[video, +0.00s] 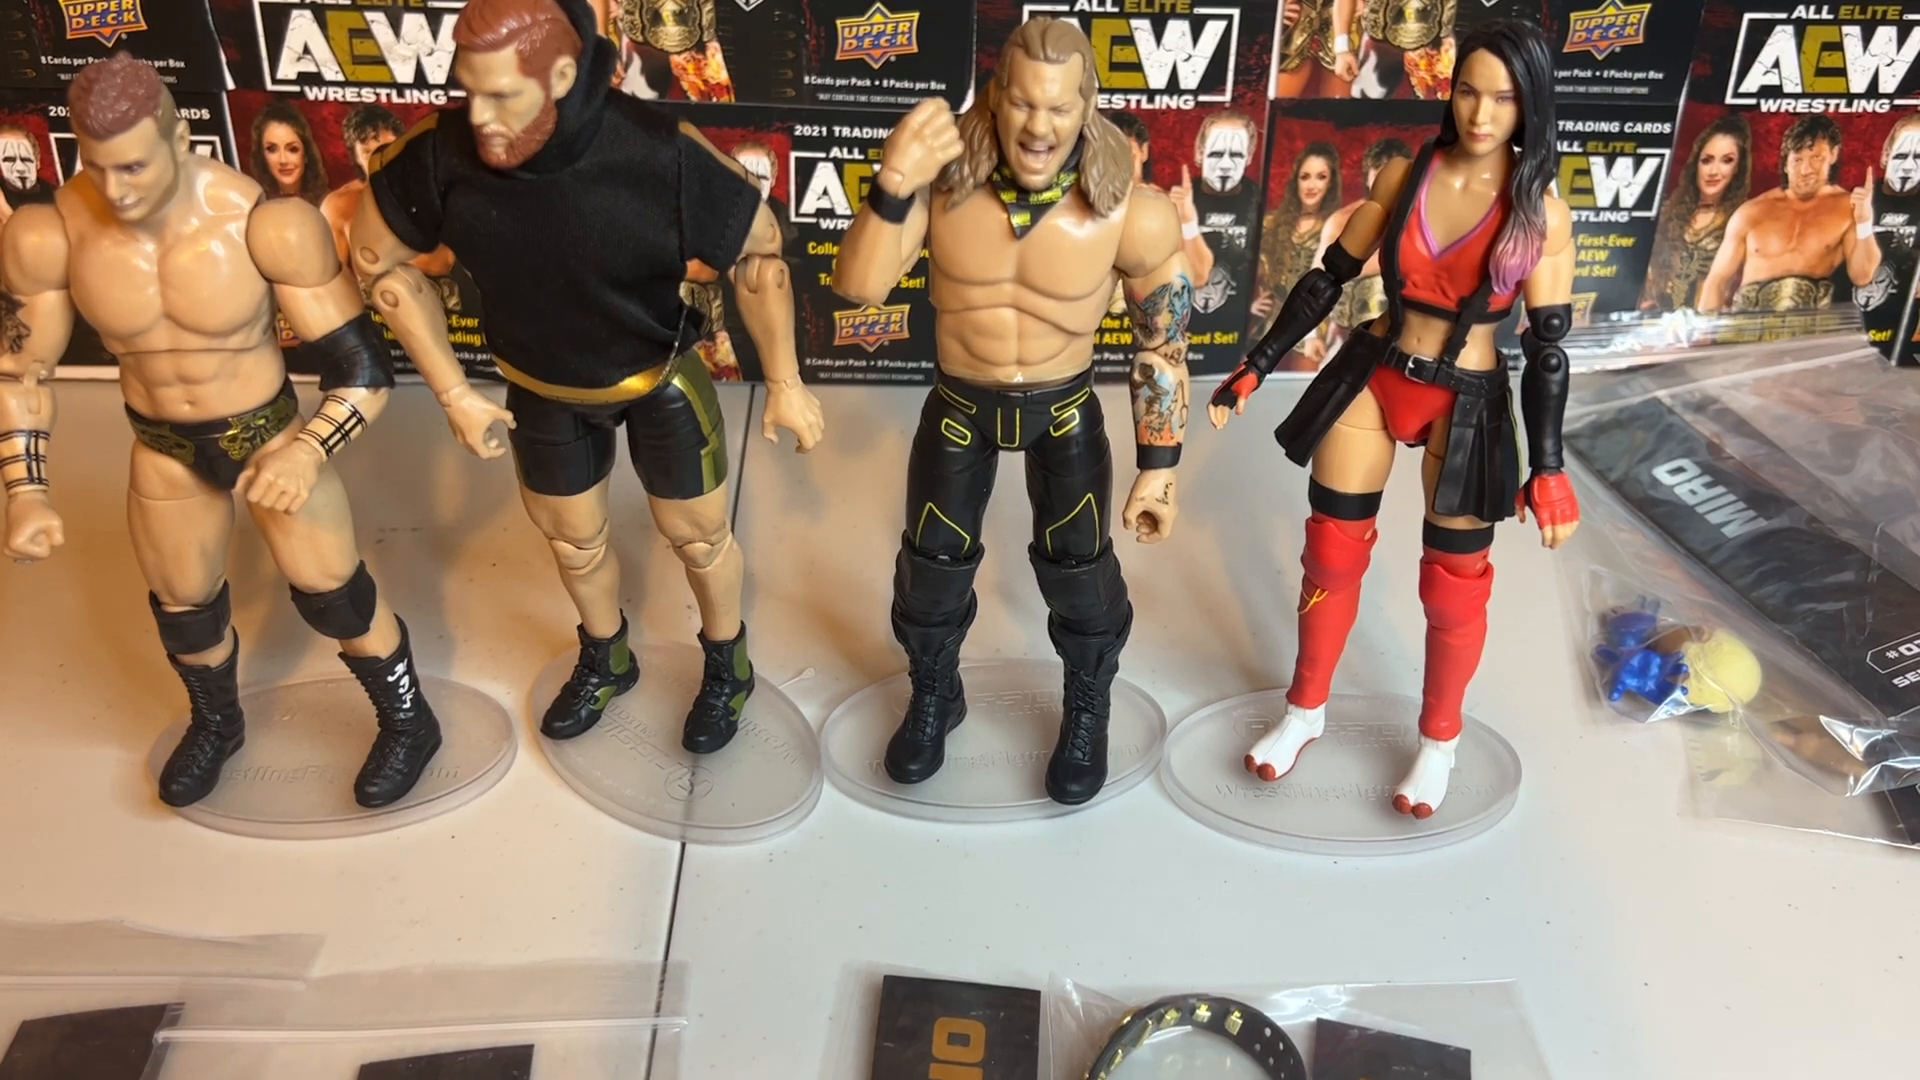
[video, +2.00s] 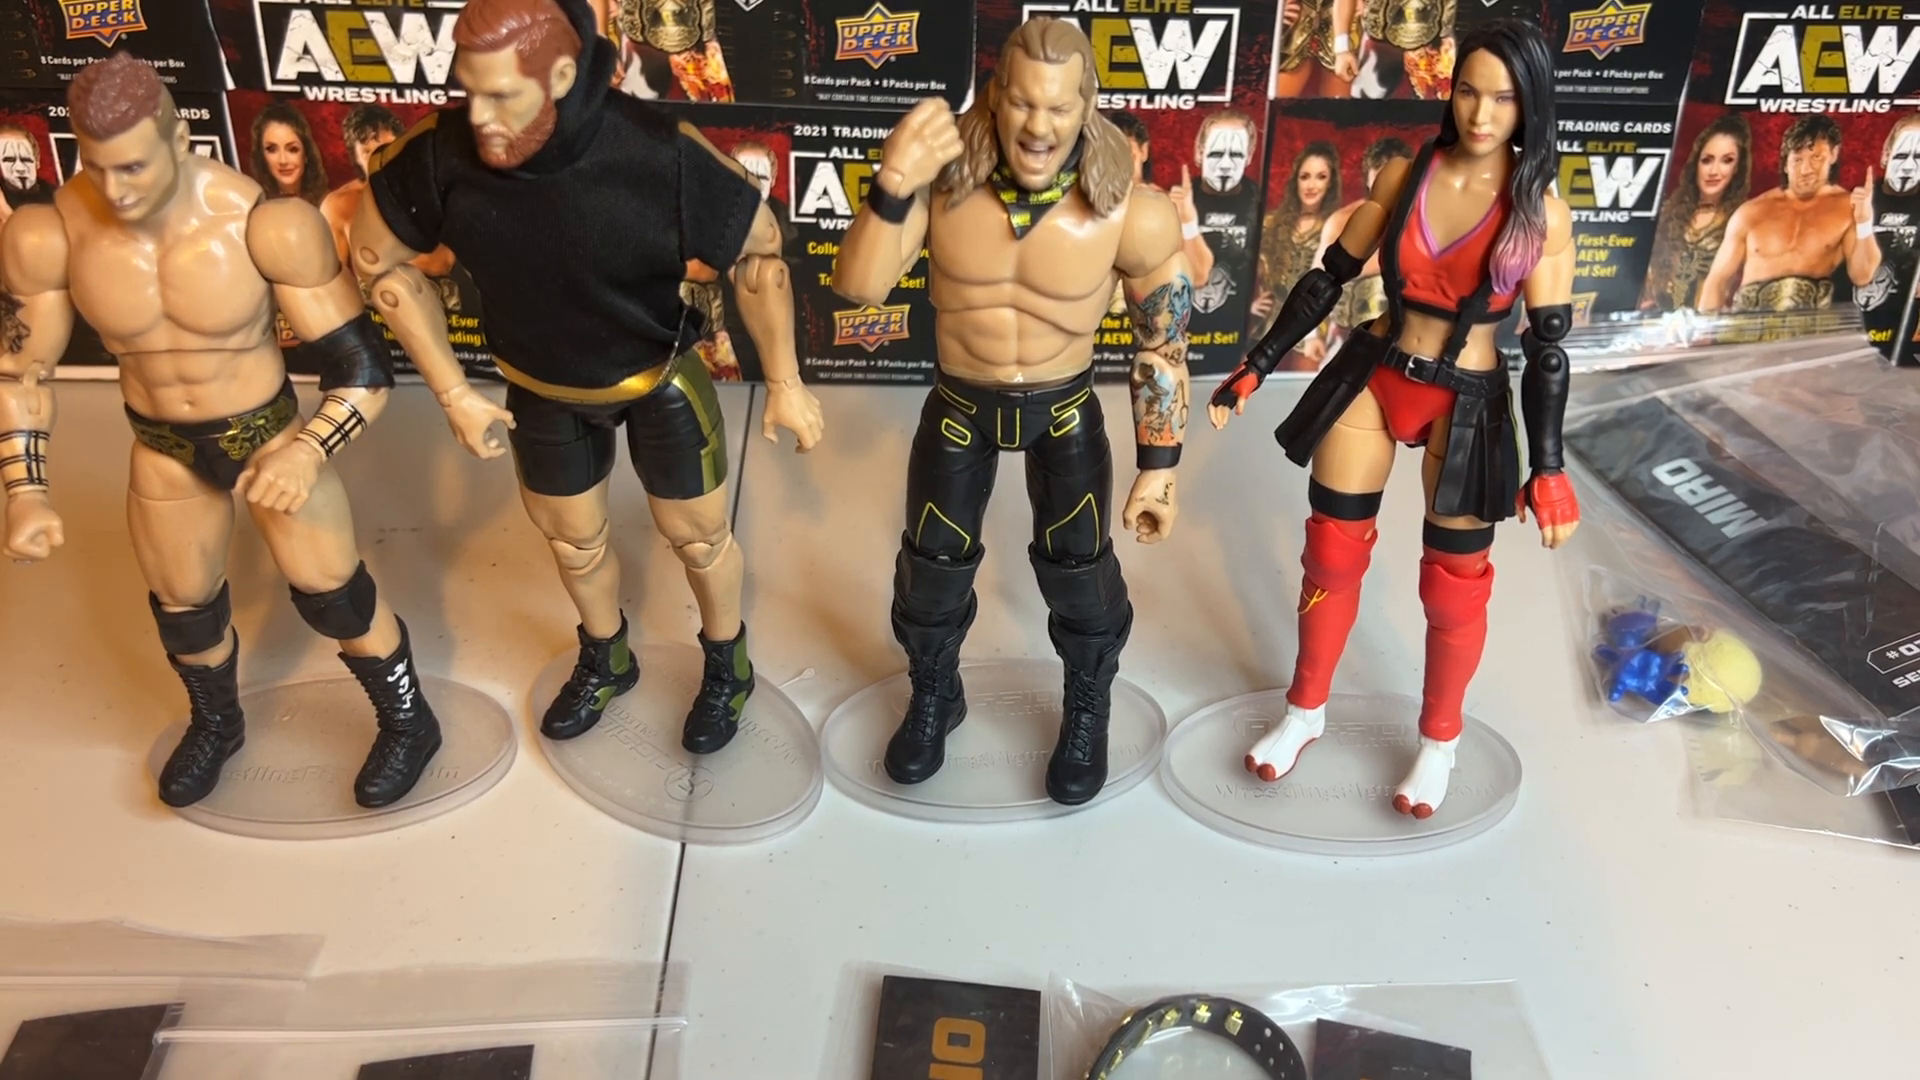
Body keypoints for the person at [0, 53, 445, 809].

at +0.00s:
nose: (117, 188)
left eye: (134, 167)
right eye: (100, 169)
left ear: (178, 138)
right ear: (80, 151)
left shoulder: (268, 224)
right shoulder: (53, 232)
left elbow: (362, 371)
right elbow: (23, 372)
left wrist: (310, 447)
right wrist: (21, 486)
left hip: (269, 440)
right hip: (161, 451)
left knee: (336, 599)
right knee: (186, 616)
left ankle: (408, 721)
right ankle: (216, 722)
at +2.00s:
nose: (118, 188)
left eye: (134, 167)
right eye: (100, 169)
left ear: (178, 138)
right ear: (80, 152)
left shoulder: (267, 225)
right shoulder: (53, 233)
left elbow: (363, 369)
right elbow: (22, 373)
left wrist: (311, 446)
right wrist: (22, 487)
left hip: (268, 441)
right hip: (161, 451)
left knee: (335, 599)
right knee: (186, 616)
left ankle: (409, 721)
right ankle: (216, 722)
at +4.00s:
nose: (117, 188)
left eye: (134, 167)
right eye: (100, 169)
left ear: (178, 139)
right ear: (80, 151)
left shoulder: (268, 225)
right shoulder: (53, 233)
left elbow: (362, 370)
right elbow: (23, 372)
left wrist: (311, 447)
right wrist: (21, 486)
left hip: (269, 441)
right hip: (161, 452)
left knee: (336, 599)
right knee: (186, 616)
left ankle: (408, 721)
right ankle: (216, 722)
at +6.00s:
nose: (118, 188)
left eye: (134, 167)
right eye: (100, 169)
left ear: (178, 138)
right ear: (80, 151)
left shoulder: (268, 225)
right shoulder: (53, 232)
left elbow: (362, 370)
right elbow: (23, 372)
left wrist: (312, 446)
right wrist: (22, 487)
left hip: (269, 440)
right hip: (161, 451)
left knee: (336, 599)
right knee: (186, 617)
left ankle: (408, 722)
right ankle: (216, 723)